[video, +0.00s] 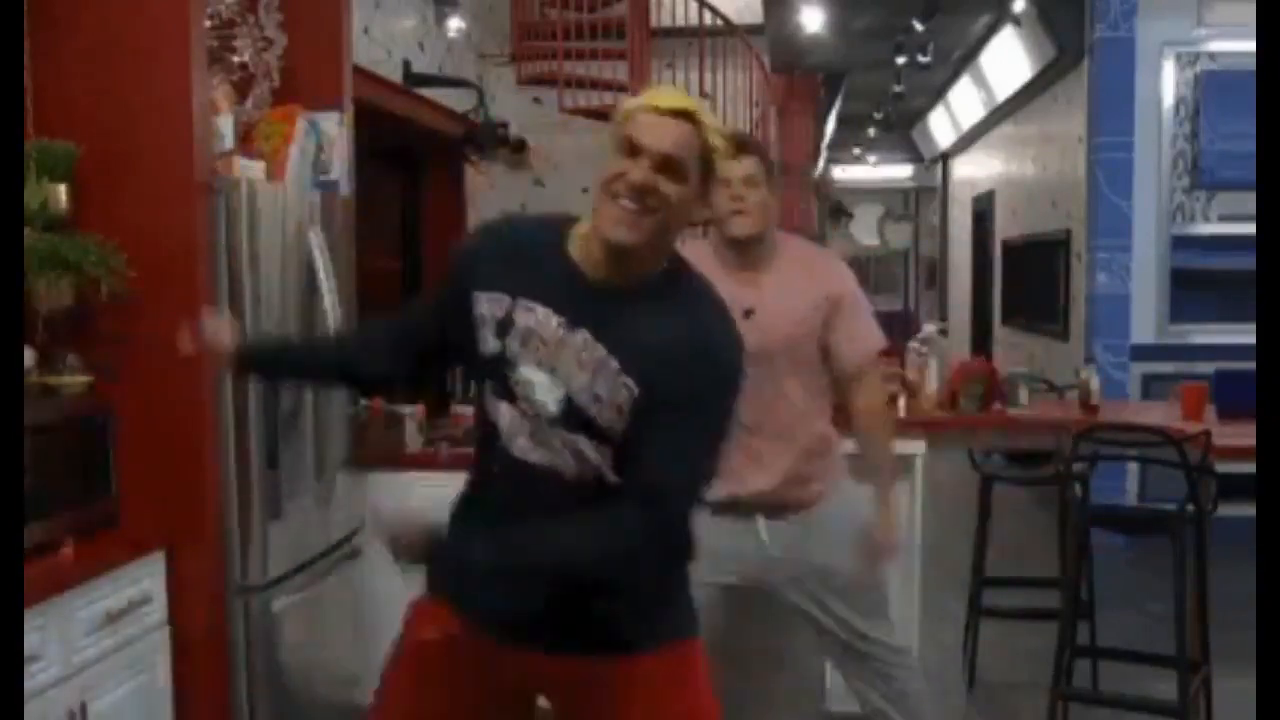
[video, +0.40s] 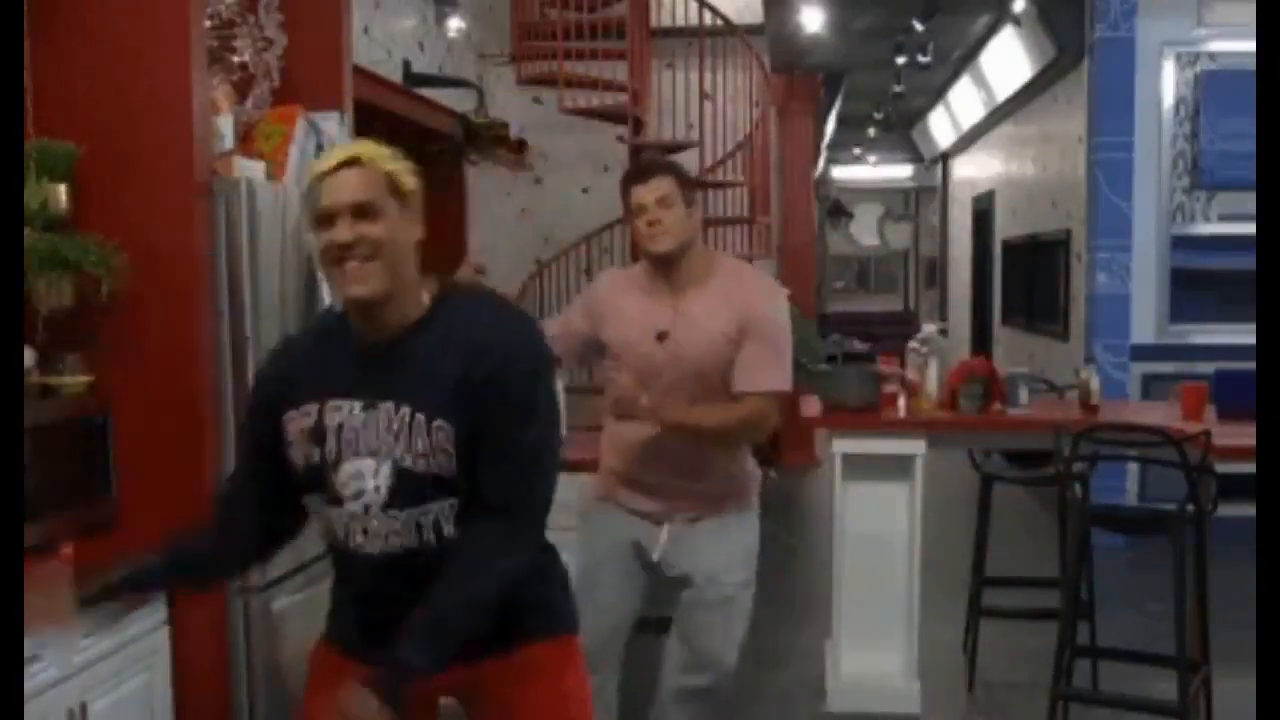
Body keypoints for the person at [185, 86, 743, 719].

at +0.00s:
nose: (640, 178)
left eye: (670, 171)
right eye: (630, 155)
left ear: (697, 199)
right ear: (606, 163)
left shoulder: (700, 339)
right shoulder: (505, 255)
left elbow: (648, 528)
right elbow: (407, 356)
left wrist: (455, 545)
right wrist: (251, 353)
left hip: (627, 632)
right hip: (477, 606)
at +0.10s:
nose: (504, 187)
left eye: (529, 169)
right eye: (486, 169)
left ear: (571, 186)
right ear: (465, 185)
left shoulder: (619, 337)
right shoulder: (432, 273)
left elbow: (565, 522)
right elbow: (336, 341)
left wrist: (426, 397)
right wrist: (203, 263)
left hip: (576, 631)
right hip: (431, 616)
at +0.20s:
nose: (450, 209)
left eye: (475, 191)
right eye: (433, 192)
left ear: (521, 208)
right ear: (414, 212)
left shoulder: (575, 350)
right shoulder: (382, 309)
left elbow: (530, 528)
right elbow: (292, 386)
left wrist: (408, 408)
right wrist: (182, 301)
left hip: (542, 669)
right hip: (396, 658)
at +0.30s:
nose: (414, 215)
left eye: (442, 200)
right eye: (399, 196)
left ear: (484, 221)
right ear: (377, 214)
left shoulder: (534, 352)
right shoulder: (344, 326)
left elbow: (524, 537)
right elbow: (260, 445)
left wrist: (365, 481)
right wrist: (139, 381)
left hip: (517, 666)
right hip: (373, 663)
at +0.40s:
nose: (344, 236)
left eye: (366, 215)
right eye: (327, 222)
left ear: (416, 226)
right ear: (313, 243)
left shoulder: (500, 343)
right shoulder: (297, 368)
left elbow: (510, 530)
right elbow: (261, 514)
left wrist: (403, 670)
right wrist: (156, 573)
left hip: (506, 639)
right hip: (364, 644)